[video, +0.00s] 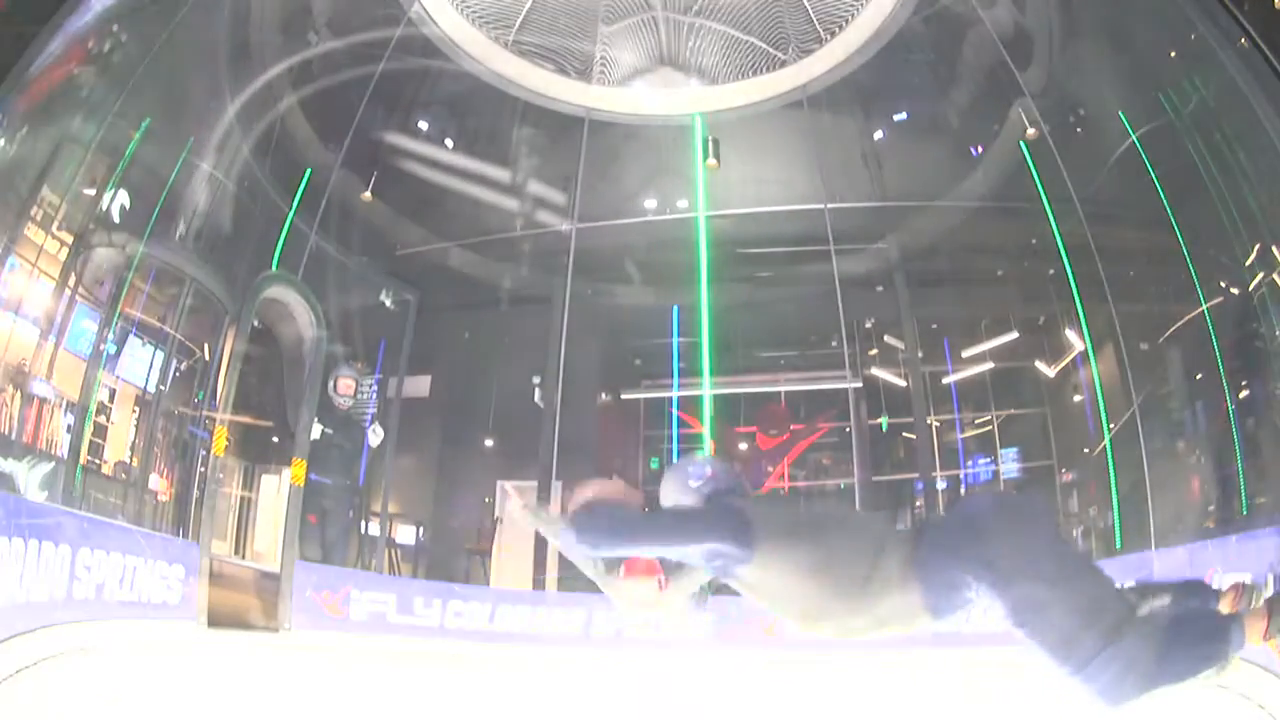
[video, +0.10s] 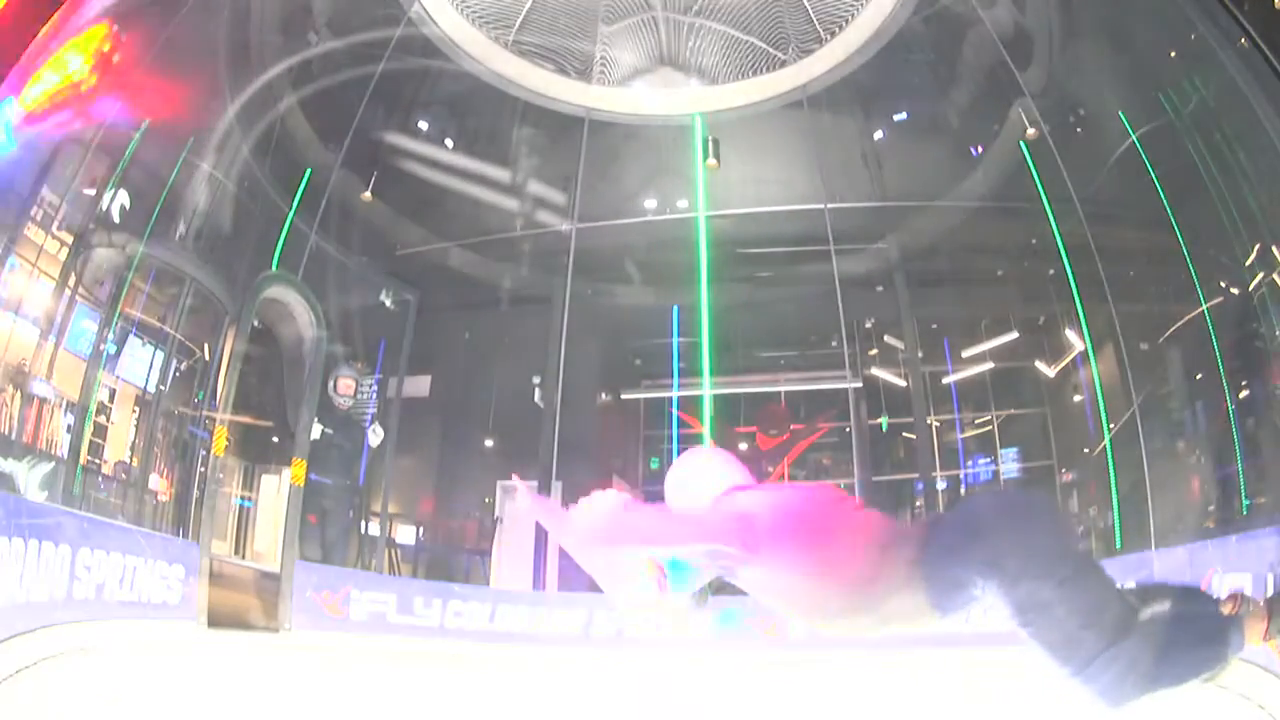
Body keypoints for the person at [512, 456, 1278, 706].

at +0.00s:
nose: (667, 541)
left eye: (670, 524)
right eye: (669, 525)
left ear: (697, 509)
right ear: (722, 493)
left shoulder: (734, 528)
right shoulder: (749, 531)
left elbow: (612, 541)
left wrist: (546, 517)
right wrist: (574, 518)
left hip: (978, 551)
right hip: (978, 546)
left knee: (1112, 671)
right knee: (1111, 633)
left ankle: (1235, 625)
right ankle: (1224, 606)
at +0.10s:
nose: (683, 519)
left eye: (684, 505)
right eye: (682, 505)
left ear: (711, 492)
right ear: (727, 479)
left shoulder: (758, 517)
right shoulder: (770, 518)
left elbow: (626, 527)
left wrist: (552, 515)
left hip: (994, 543)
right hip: (984, 535)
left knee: (1117, 670)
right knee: (1111, 618)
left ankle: (1247, 626)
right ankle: (1230, 610)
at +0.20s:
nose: (687, 516)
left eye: (688, 501)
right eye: (686, 501)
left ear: (718, 488)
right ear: (735, 477)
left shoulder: (763, 518)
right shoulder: (783, 516)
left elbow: (646, 522)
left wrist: (561, 513)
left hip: (997, 543)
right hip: (992, 533)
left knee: (1120, 669)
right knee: (1115, 614)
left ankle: (1248, 622)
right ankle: (1226, 600)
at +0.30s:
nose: (688, 519)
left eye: (688, 507)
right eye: (688, 507)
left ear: (715, 494)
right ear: (741, 474)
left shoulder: (759, 517)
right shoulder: (785, 519)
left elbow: (644, 528)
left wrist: (577, 518)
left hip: (1000, 542)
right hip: (993, 534)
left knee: (1115, 664)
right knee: (1111, 609)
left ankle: (1244, 621)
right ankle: (1228, 597)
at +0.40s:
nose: (693, 509)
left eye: (692, 497)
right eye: (693, 499)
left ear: (719, 488)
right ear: (742, 474)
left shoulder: (773, 513)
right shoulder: (792, 514)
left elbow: (664, 517)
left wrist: (594, 535)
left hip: (1005, 536)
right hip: (998, 526)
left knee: (1112, 656)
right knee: (1106, 602)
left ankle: (1236, 615)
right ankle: (1220, 595)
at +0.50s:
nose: (684, 511)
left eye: (691, 499)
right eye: (691, 498)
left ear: (714, 497)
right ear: (746, 480)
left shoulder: (751, 529)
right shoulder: (772, 513)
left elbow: (655, 531)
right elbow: (679, 541)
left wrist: (552, 566)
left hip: (1005, 541)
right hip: (993, 527)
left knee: (1116, 641)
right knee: (1106, 600)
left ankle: (1234, 615)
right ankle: (1219, 605)